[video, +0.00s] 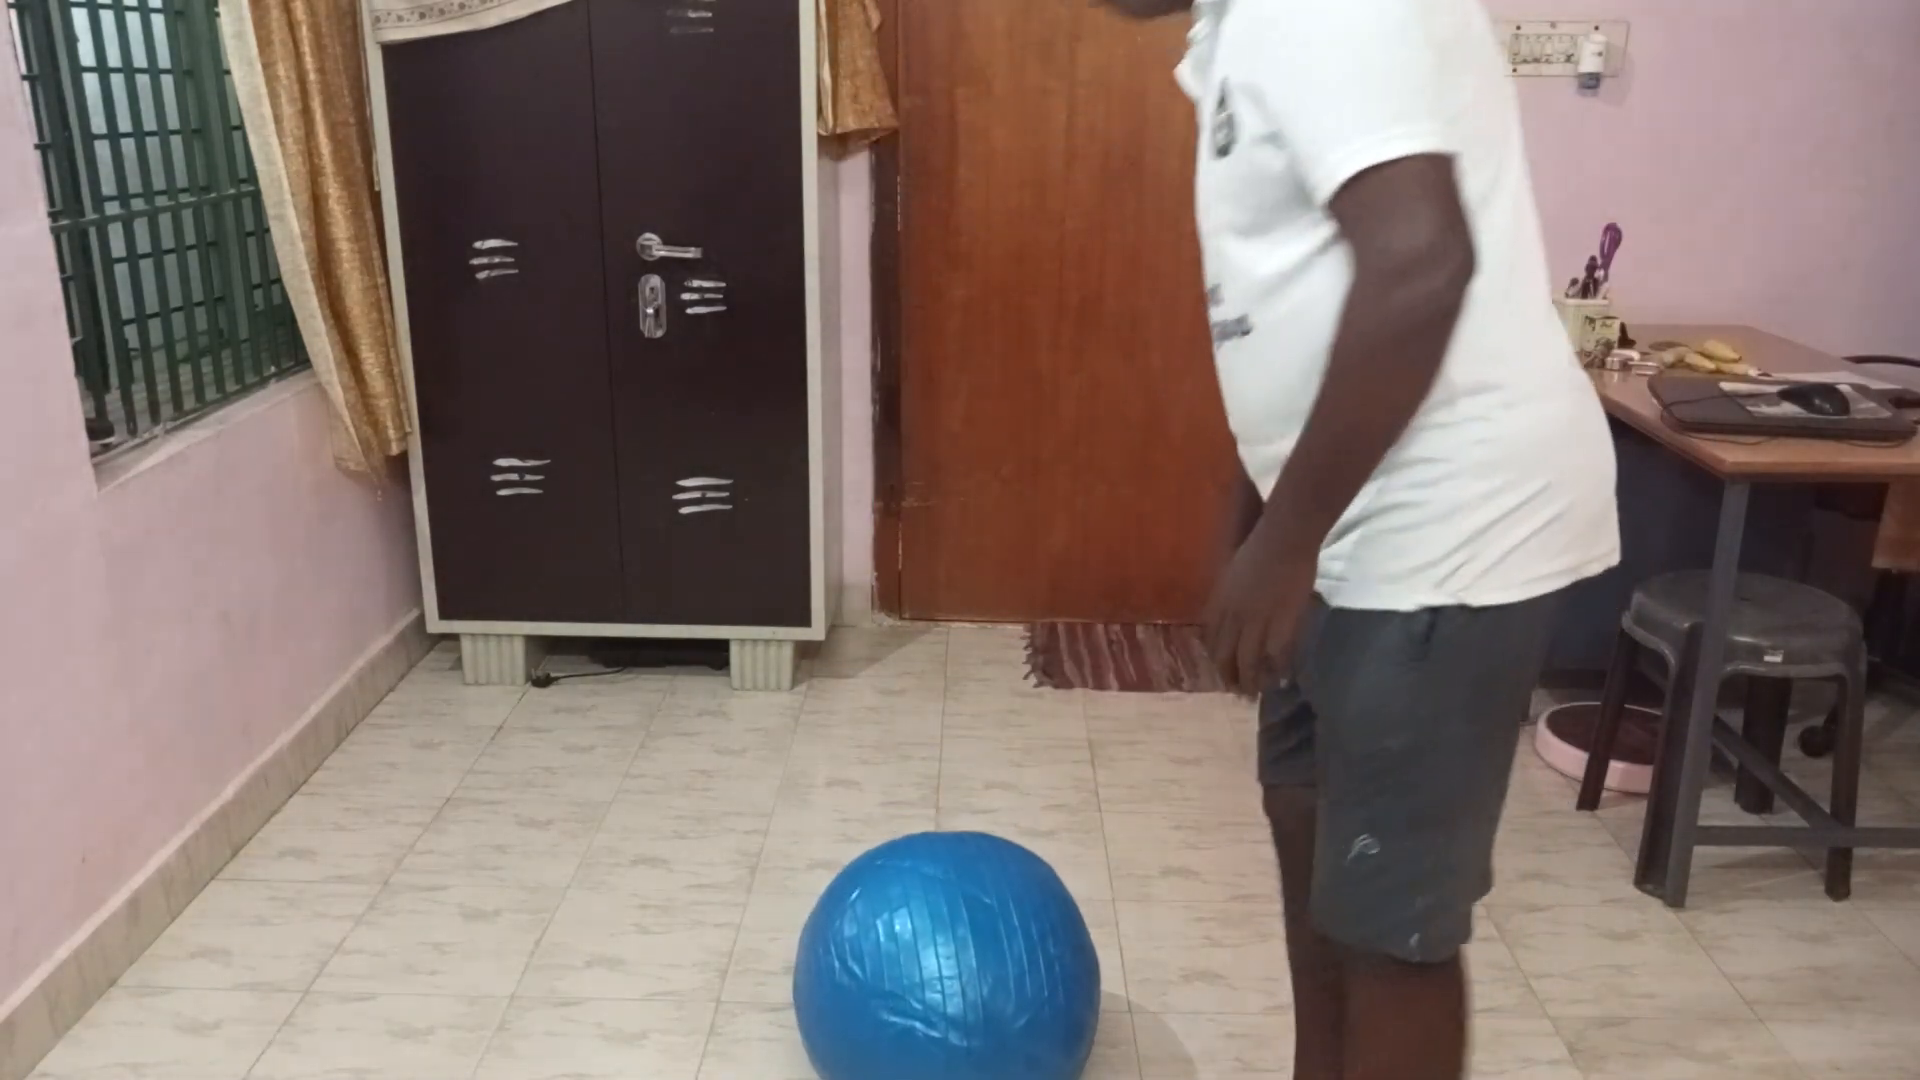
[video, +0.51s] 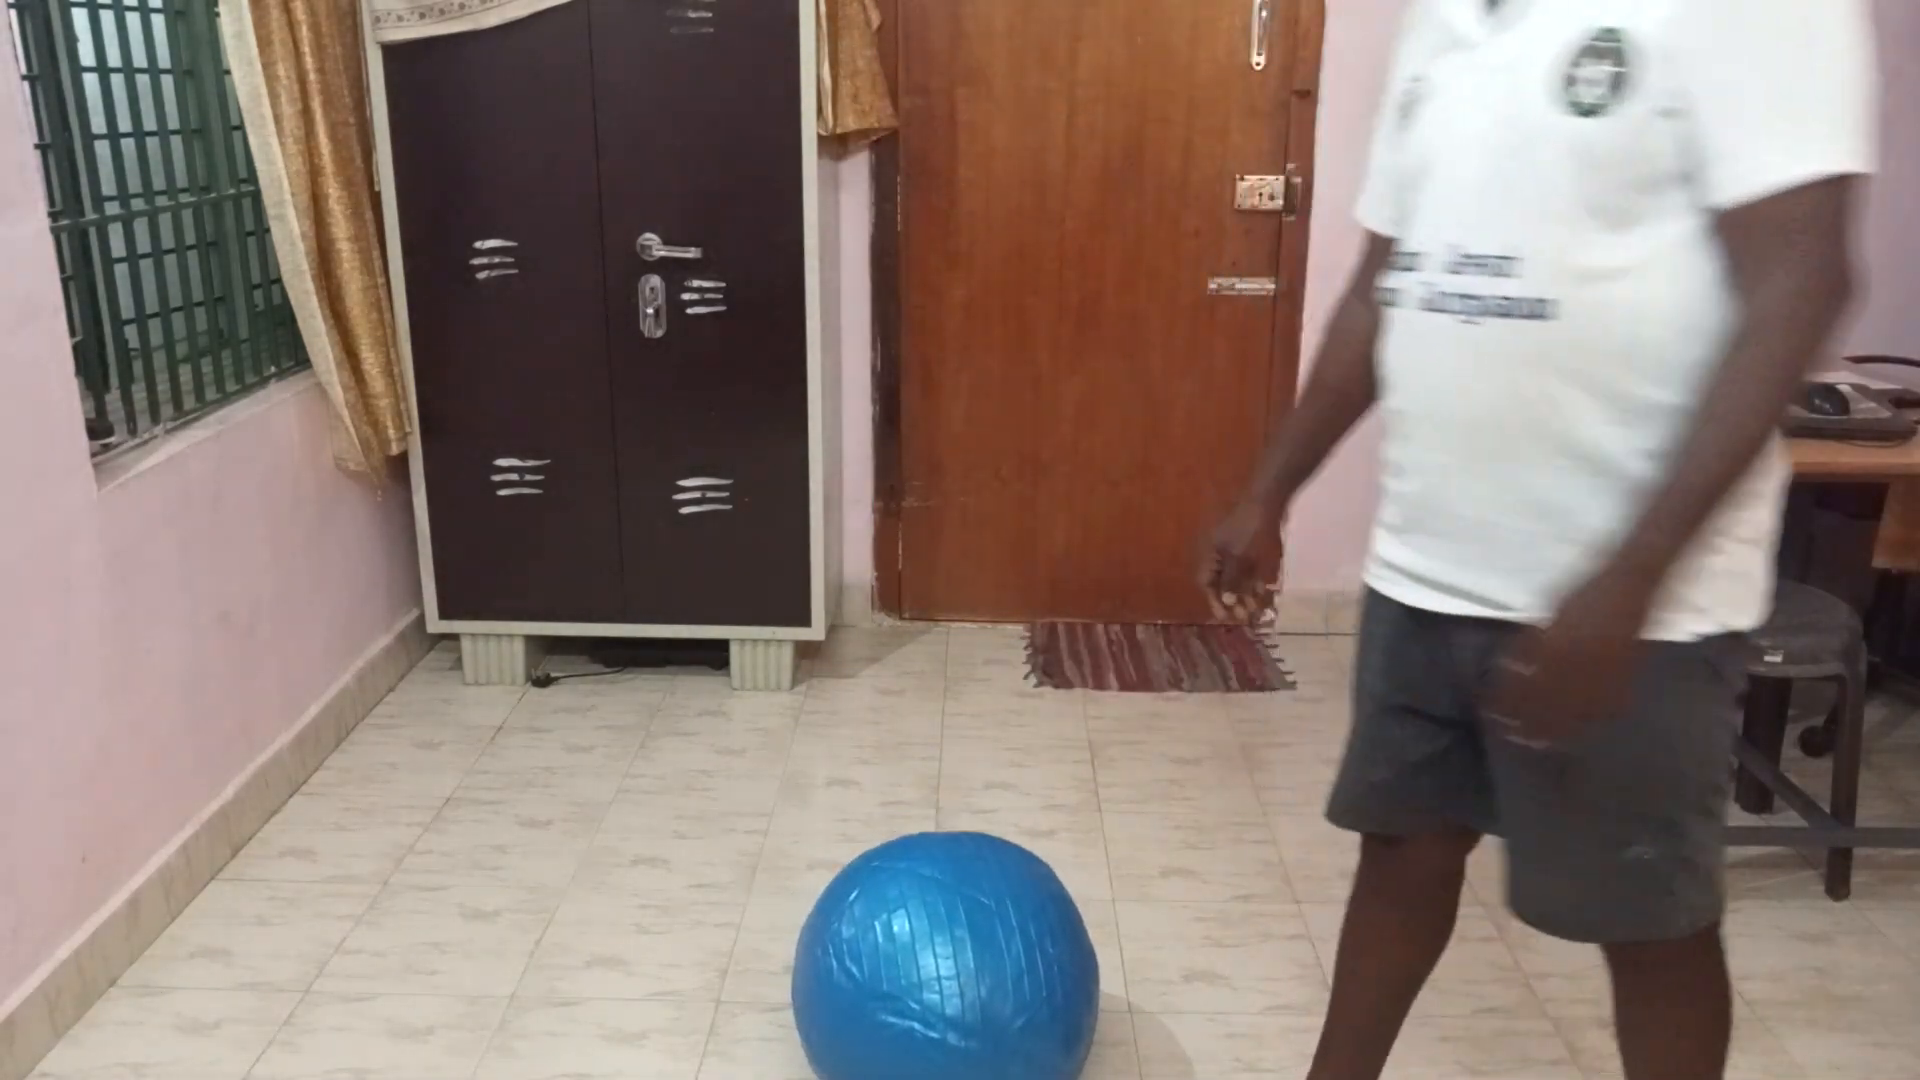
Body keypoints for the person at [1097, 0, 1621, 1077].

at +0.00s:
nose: (1117, 6)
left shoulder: (1321, 15)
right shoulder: (1241, 33)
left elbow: (1418, 261)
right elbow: (1303, 295)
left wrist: (1288, 542)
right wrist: (1251, 526)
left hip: (1449, 529)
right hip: (1357, 522)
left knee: (1391, 916)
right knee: (1311, 823)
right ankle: (1324, 1063)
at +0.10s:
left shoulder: (1396, 12)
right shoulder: (1278, 23)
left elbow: (1468, 246)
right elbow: (1304, 282)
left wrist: (1310, 519)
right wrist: (1243, 509)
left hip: (1467, 536)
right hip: (1345, 528)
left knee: (1441, 907)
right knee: (1322, 828)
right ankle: (1324, 1070)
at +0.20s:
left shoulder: (1474, 12)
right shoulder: (1302, 20)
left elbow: (1530, 241)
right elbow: (1310, 269)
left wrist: (1341, 511)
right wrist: (1237, 494)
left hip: (1488, 537)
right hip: (1347, 526)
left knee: (1500, 905)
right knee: (1337, 824)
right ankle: (1326, 1070)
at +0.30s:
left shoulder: (1551, 14)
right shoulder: (1332, 16)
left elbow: (1604, 246)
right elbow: (1314, 261)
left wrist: (1399, 529)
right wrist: (1236, 481)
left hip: (1528, 553)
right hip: (1352, 534)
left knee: (1564, 904)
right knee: (1357, 834)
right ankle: (1331, 1070)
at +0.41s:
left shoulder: (1647, 14)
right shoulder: (1373, 15)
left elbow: (1697, 259)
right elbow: (1343, 262)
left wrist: (1496, 546)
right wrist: (1249, 467)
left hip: (1591, 575)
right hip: (1387, 547)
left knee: (1622, 919)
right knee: (1384, 838)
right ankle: (1334, 1070)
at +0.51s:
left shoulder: (1746, 17)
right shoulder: (1441, 20)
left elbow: (1801, 281)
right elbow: (1387, 284)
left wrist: (1625, 581)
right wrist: (1264, 490)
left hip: (1639, 608)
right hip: (1431, 571)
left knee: (1657, 933)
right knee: (1402, 855)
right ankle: (1337, 1070)